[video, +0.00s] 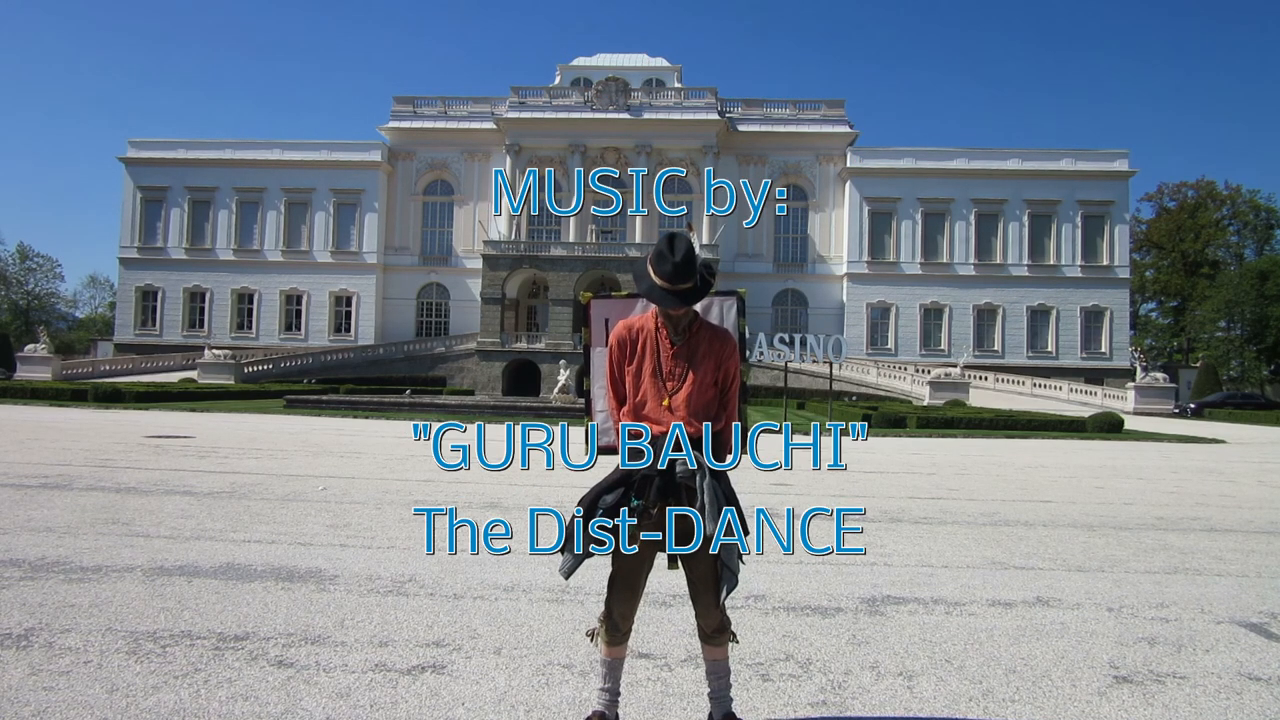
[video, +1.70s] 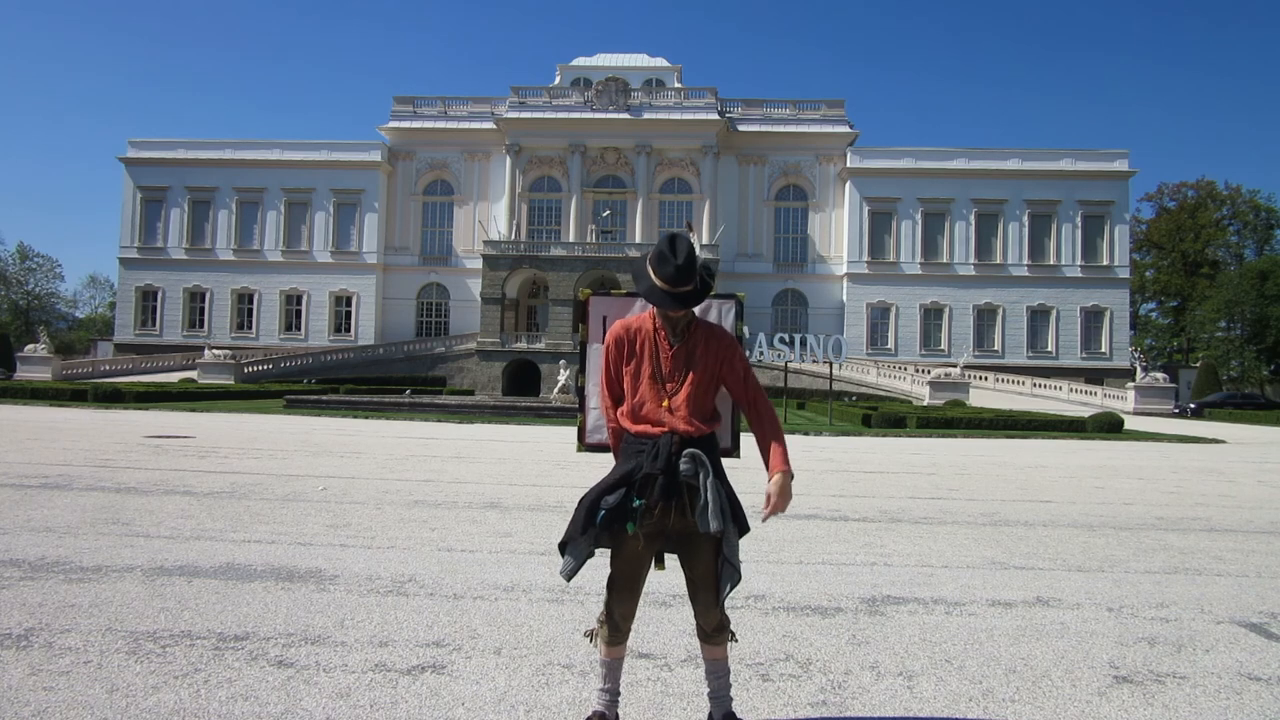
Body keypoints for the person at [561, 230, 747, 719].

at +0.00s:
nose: (676, 308)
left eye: (684, 299)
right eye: (667, 299)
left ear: (697, 293)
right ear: (653, 291)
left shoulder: (723, 344)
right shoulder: (626, 336)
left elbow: (729, 422)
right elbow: (618, 411)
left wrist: (705, 460)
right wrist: (641, 447)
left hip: (699, 489)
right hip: (640, 486)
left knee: (710, 603)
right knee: (621, 599)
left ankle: (721, 705)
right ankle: (608, 700)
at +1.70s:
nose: (676, 314)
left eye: (684, 305)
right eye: (667, 305)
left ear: (697, 298)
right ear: (652, 296)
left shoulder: (718, 342)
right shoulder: (622, 336)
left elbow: (756, 405)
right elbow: (612, 411)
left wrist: (780, 470)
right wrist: (633, 467)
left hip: (698, 481)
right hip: (638, 480)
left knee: (709, 603)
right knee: (620, 599)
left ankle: (720, 706)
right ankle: (606, 701)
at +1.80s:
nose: (678, 314)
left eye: (686, 304)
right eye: (669, 304)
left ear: (698, 297)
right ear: (653, 295)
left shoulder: (717, 338)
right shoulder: (623, 336)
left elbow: (775, 377)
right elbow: (611, 415)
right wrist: (631, 471)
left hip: (699, 481)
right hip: (639, 481)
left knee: (709, 603)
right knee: (620, 601)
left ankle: (721, 706)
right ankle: (606, 702)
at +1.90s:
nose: (679, 317)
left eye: (688, 308)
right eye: (670, 308)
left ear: (701, 299)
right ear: (654, 297)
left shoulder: (717, 335)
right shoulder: (625, 335)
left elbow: (779, 346)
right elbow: (612, 410)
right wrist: (629, 469)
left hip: (699, 478)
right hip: (638, 477)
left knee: (710, 600)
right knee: (621, 599)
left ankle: (721, 706)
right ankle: (606, 702)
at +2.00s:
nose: (678, 317)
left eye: (687, 308)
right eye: (669, 307)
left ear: (701, 296)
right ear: (653, 297)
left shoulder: (718, 329)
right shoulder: (627, 334)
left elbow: (776, 308)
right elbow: (610, 408)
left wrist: (752, 257)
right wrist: (628, 468)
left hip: (698, 475)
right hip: (639, 474)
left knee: (711, 598)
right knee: (623, 594)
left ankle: (721, 707)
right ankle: (606, 700)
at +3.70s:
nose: (687, 298)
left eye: (695, 288)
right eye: (677, 289)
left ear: (707, 290)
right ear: (660, 292)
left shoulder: (718, 336)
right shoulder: (634, 341)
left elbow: (788, 367)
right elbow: (587, 408)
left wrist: (777, 333)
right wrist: (556, 472)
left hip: (711, 476)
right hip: (651, 477)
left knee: (757, 590)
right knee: (632, 603)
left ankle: (767, 693)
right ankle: (608, 702)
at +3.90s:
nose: (733, 316)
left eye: (741, 307)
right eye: (723, 308)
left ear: (754, 310)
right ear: (709, 315)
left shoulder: (771, 369)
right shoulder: (692, 366)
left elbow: (792, 440)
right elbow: (677, 411)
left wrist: (772, 459)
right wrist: (700, 436)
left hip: (763, 501)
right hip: (709, 498)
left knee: (776, 612)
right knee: (673, 597)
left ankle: (768, 705)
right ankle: (620, 703)